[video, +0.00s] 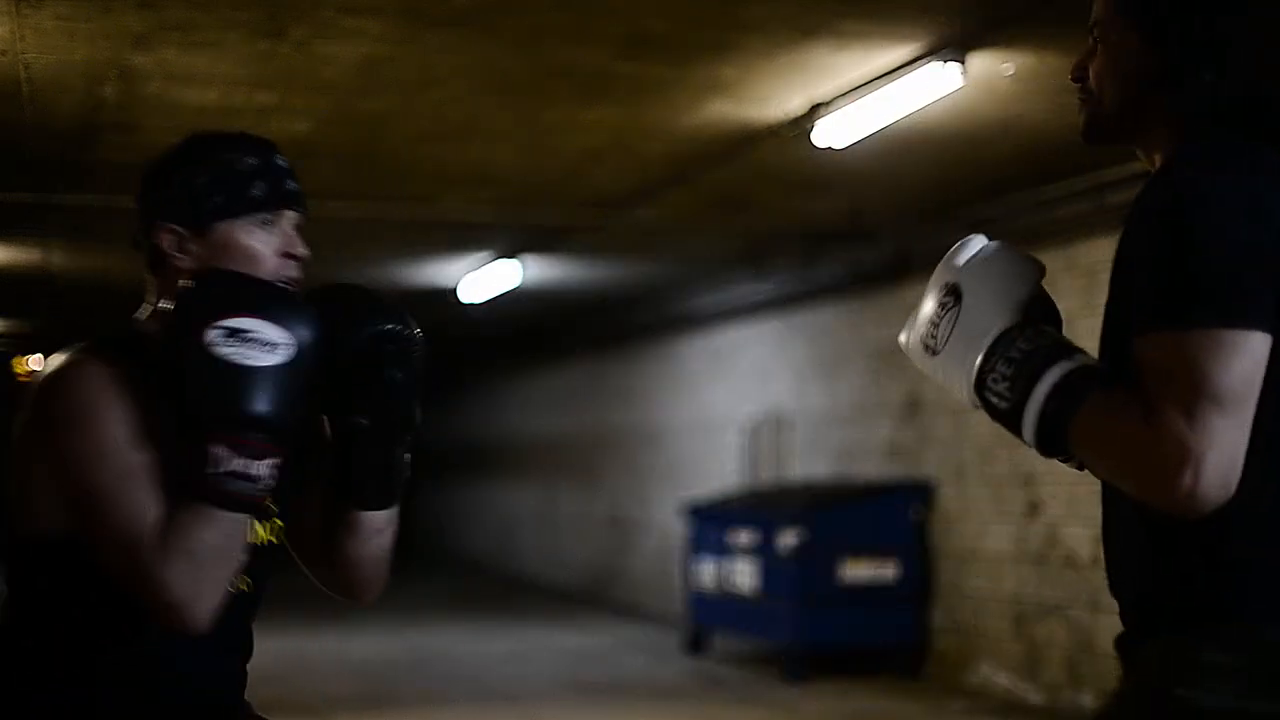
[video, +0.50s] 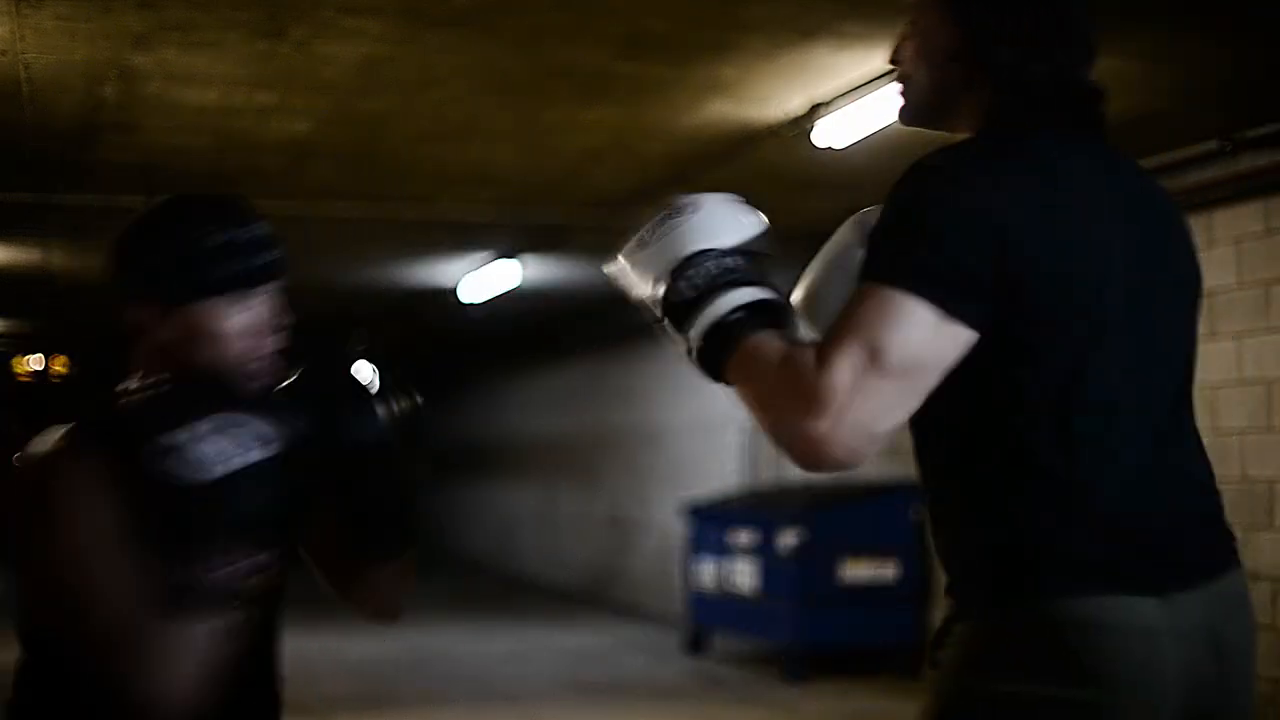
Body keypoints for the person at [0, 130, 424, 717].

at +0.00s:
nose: (298, 249)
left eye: (296, 227)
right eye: (266, 224)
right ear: (180, 246)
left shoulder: (257, 384)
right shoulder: (88, 388)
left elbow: (356, 580)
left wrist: (380, 422)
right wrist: (245, 427)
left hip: (213, 700)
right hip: (91, 709)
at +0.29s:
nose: (290, 290)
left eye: (287, 262)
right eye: (256, 264)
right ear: (170, 279)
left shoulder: (263, 403)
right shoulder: (60, 421)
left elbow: (347, 590)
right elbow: (119, 649)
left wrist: (355, 432)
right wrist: (202, 480)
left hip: (222, 699)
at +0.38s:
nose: (207, 350)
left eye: (219, 318)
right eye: (175, 326)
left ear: (235, 318)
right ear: (112, 339)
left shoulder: (261, 432)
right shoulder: (48, 458)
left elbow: (369, 629)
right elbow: (47, 691)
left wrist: (328, 487)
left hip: (224, 705)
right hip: (98, 711)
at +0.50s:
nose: (273, 321)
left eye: (272, 295)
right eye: (241, 301)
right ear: (169, 319)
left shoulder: (279, 429)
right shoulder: (93, 458)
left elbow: (377, 595)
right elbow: (161, 681)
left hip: (245, 705)